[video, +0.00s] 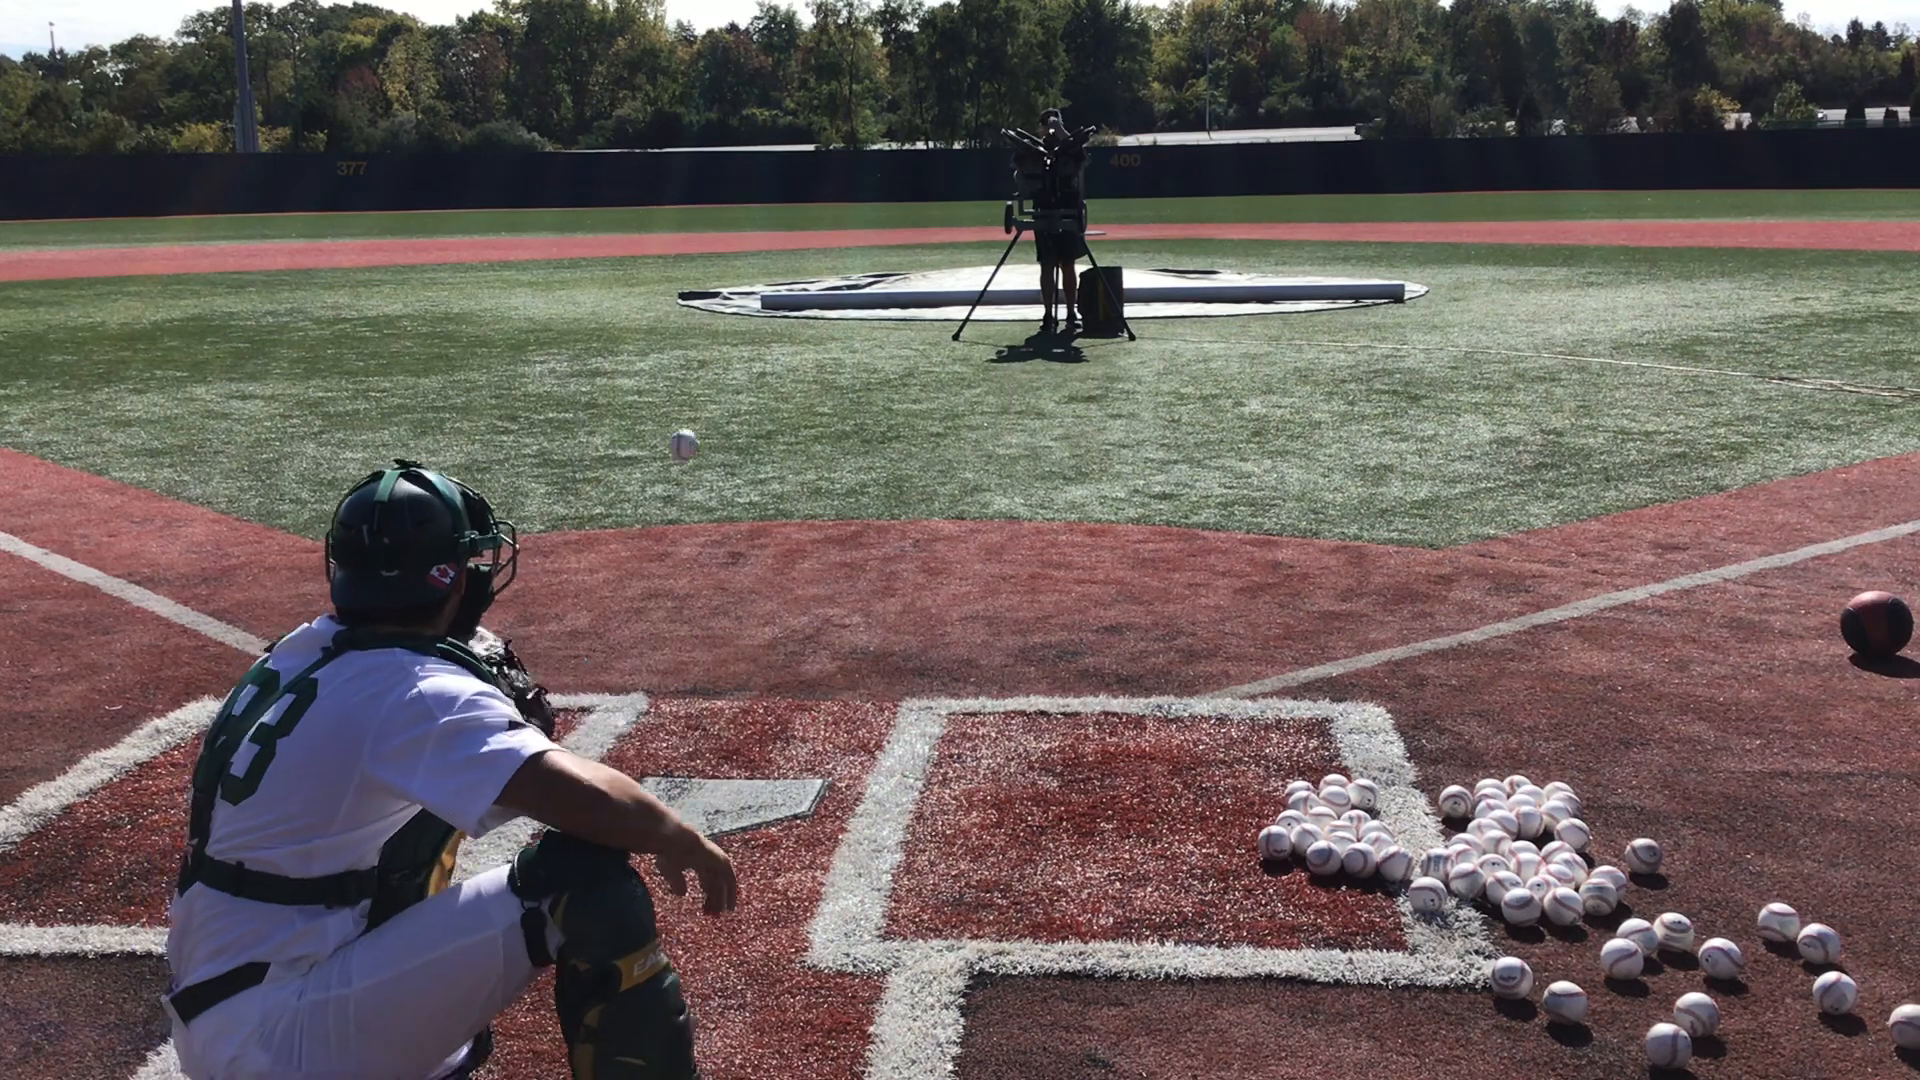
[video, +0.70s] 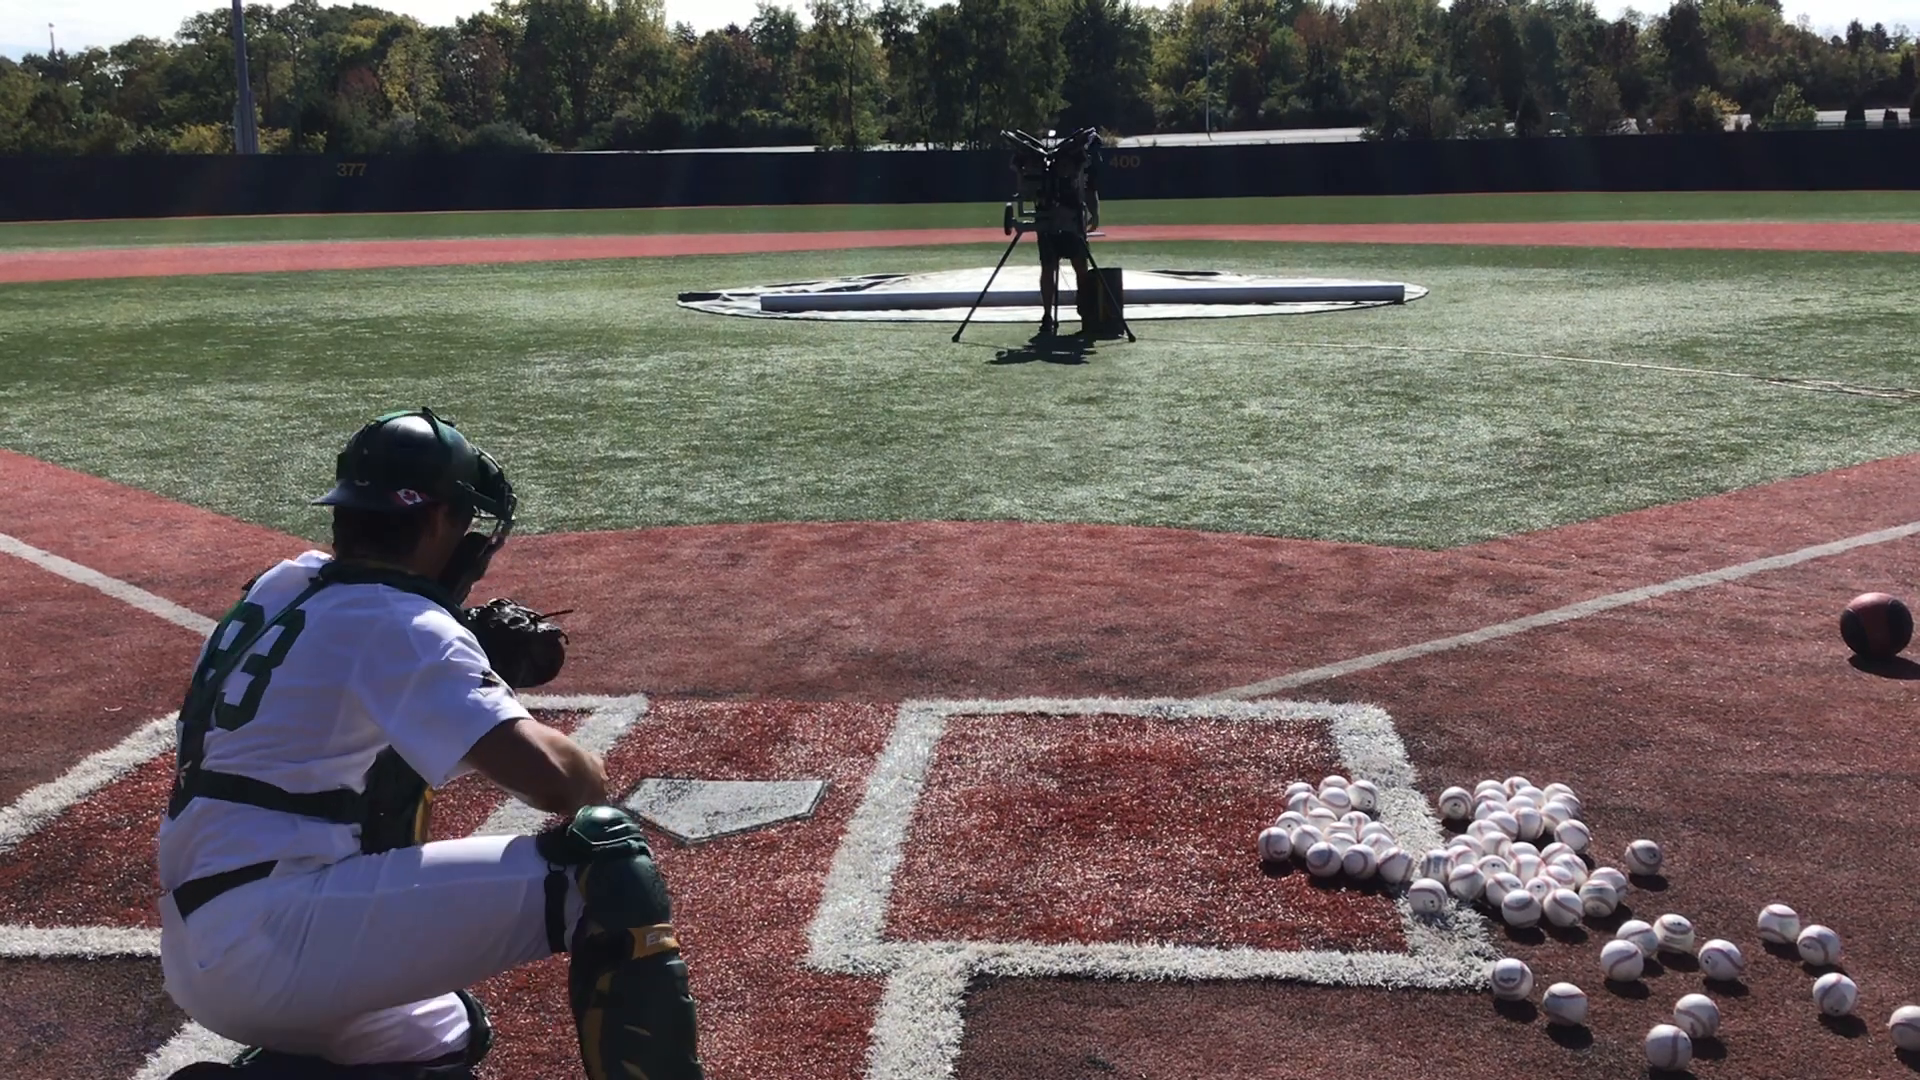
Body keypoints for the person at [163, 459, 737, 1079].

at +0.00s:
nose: (484, 575)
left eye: (481, 560)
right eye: (474, 563)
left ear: (350, 578)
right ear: (445, 587)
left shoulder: (306, 644)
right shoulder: (412, 691)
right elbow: (593, 801)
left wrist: (506, 713)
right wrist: (677, 838)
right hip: (272, 1033)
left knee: (433, 814)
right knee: (585, 879)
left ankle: (427, 1047)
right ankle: (641, 1059)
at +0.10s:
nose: (472, 592)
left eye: (469, 576)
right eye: (465, 578)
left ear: (342, 592)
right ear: (443, 599)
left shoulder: (303, 662)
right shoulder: (399, 700)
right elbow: (558, 809)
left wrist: (477, 718)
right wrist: (666, 842)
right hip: (258, 1038)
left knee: (414, 848)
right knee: (564, 885)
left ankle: (437, 1048)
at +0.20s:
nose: (468, 599)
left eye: (466, 582)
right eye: (462, 584)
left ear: (338, 594)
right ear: (435, 604)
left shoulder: (290, 663)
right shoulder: (393, 702)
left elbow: (386, 684)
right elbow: (552, 807)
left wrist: (476, 702)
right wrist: (654, 844)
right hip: (250, 1037)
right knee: (560, 887)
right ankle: (635, 1061)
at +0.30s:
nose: (467, 601)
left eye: (464, 583)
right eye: (460, 586)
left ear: (338, 591)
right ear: (431, 600)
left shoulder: (283, 659)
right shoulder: (383, 696)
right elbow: (554, 801)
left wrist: (459, 675)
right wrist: (647, 840)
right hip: (249, 1036)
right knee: (564, 883)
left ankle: (434, 1049)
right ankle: (636, 1062)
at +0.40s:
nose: (468, 593)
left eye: (466, 577)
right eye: (461, 578)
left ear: (338, 581)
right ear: (435, 589)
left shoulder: (284, 647)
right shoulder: (387, 690)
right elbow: (551, 799)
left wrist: (450, 649)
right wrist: (647, 831)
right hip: (248, 1020)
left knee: (455, 1032)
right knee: (568, 883)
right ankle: (637, 1061)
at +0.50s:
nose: (472, 584)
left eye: (470, 566)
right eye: (464, 568)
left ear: (345, 564)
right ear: (437, 575)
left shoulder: (287, 628)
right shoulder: (391, 675)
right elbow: (548, 789)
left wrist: (453, 641)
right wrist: (641, 822)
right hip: (245, 1000)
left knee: (450, 1033)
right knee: (569, 880)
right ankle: (638, 1058)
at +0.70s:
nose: (470, 541)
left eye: (471, 522)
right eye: (465, 521)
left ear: (348, 512)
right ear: (436, 524)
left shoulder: (282, 583)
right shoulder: (402, 626)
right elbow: (555, 775)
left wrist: (464, 651)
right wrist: (592, 792)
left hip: (197, 947)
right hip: (275, 940)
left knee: (447, 1032)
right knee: (605, 863)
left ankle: (280, 1060)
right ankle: (653, 1062)